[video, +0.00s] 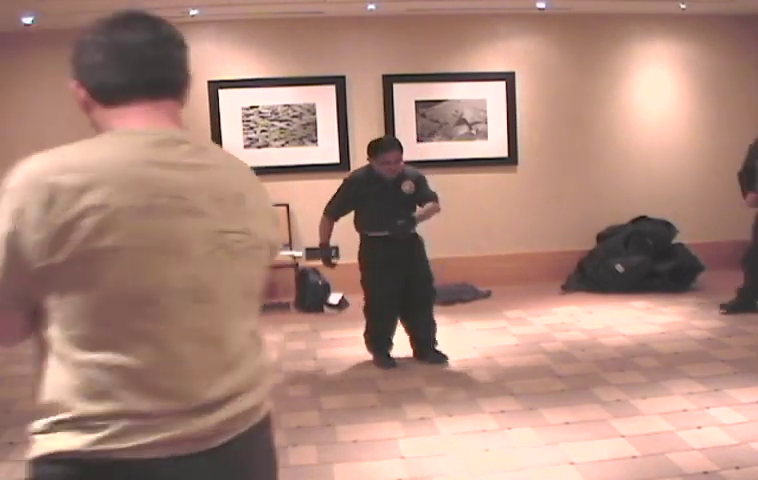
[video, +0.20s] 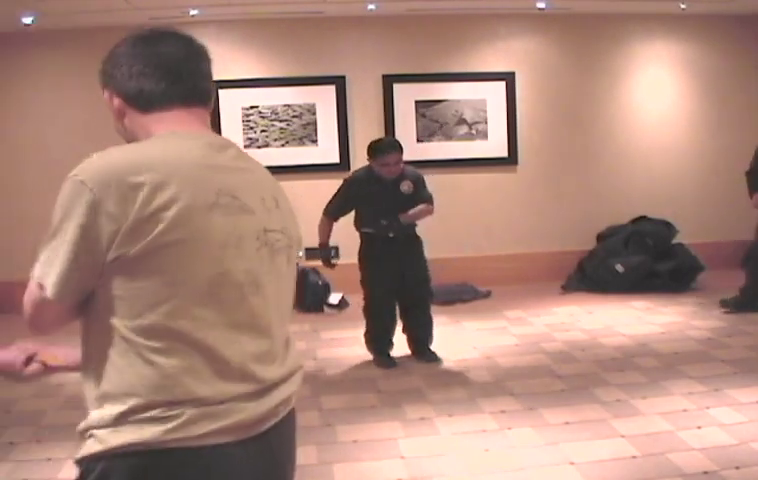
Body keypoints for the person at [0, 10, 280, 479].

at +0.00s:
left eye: (74, 91)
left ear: (81, 96)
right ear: (183, 90)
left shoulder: (41, 184)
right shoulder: (244, 183)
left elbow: (9, 325)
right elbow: (254, 293)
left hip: (90, 464)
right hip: (236, 459)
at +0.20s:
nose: (110, 113)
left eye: (106, 103)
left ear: (118, 104)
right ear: (209, 98)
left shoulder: (105, 177)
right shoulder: (265, 183)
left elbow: (41, 314)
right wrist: (58, 358)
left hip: (147, 457)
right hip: (266, 450)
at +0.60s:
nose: (114, 114)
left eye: (109, 103)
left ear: (119, 99)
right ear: (207, 92)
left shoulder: (99, 174)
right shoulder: (276, 176)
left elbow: (54, 319)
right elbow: (257, 309)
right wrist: (103, 342)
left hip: (152, 451)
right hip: (278, 442)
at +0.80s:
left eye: (86, 85)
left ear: (93, 89)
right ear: (194, 86)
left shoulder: (48, 184)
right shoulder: (265, 175)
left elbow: (20, 347)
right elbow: (288, 296)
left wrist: (99, 330)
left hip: (111, 461)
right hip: (257, 453)